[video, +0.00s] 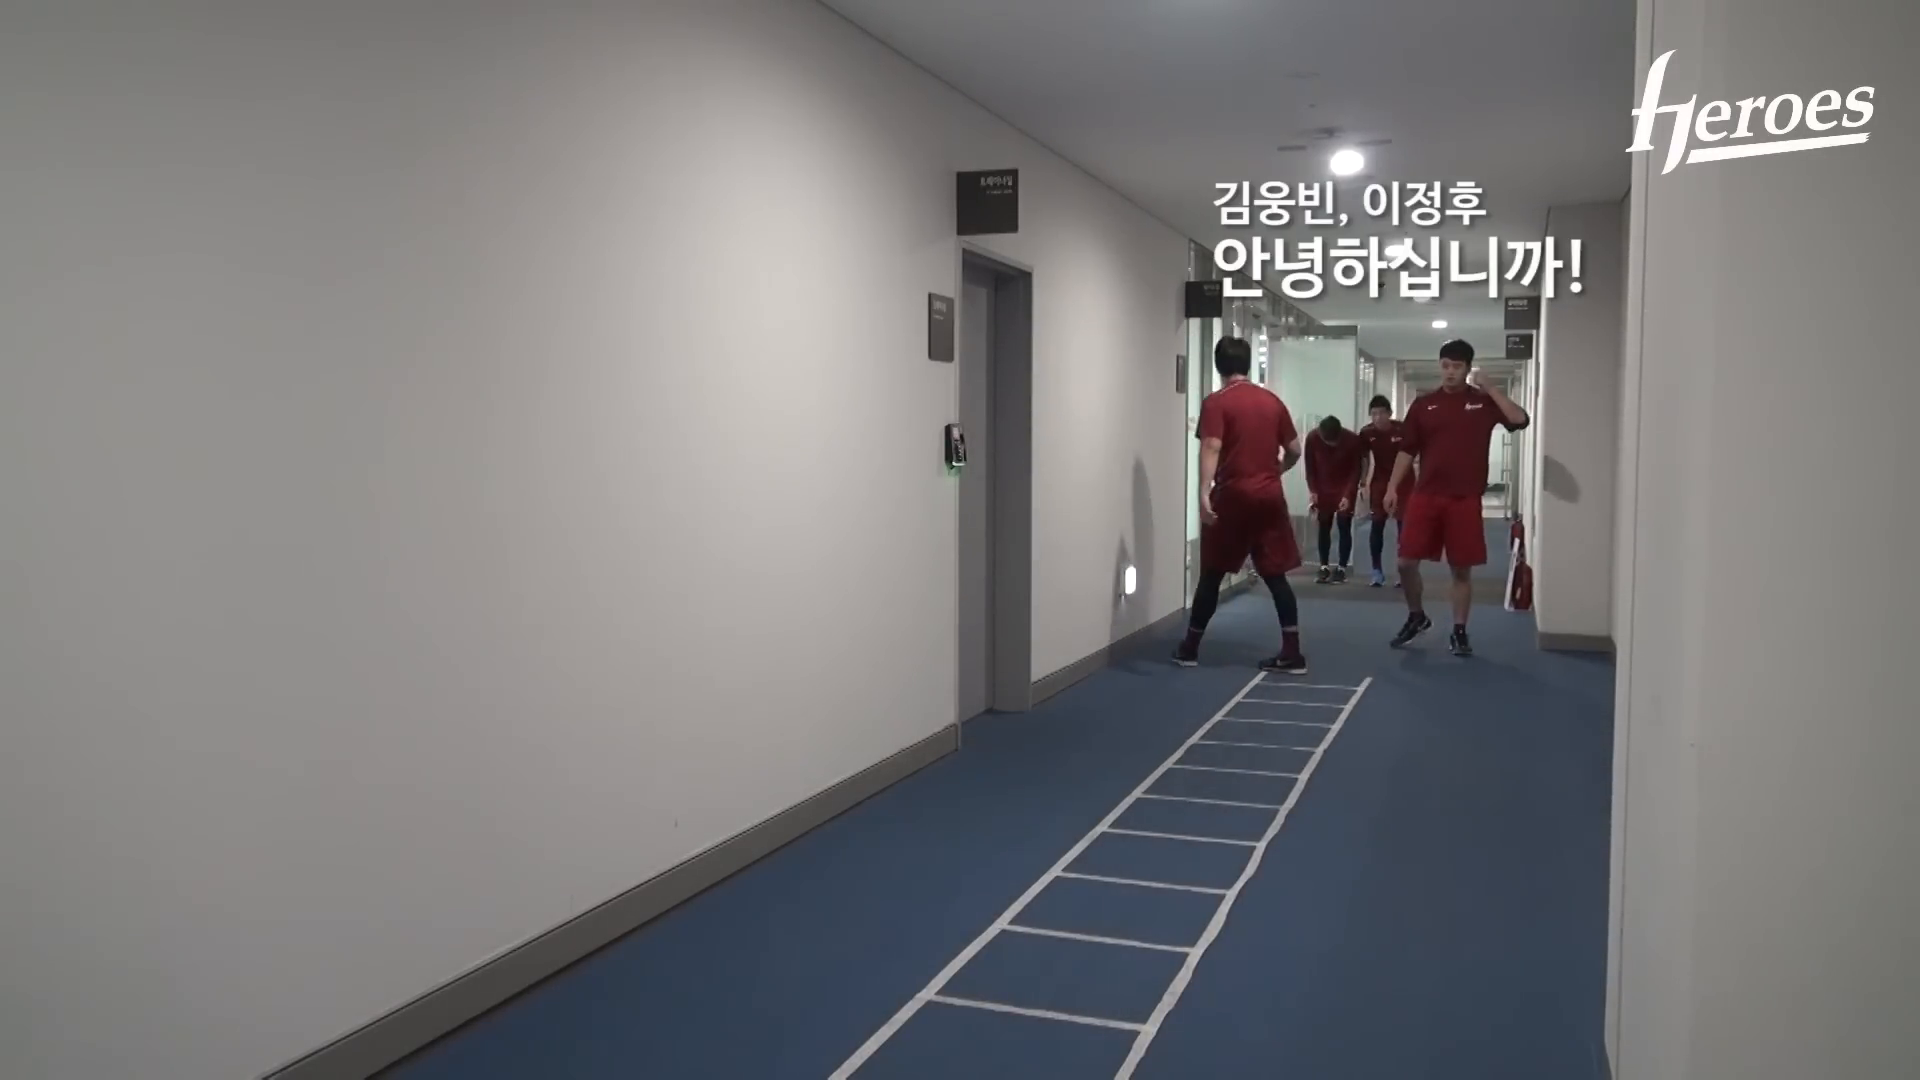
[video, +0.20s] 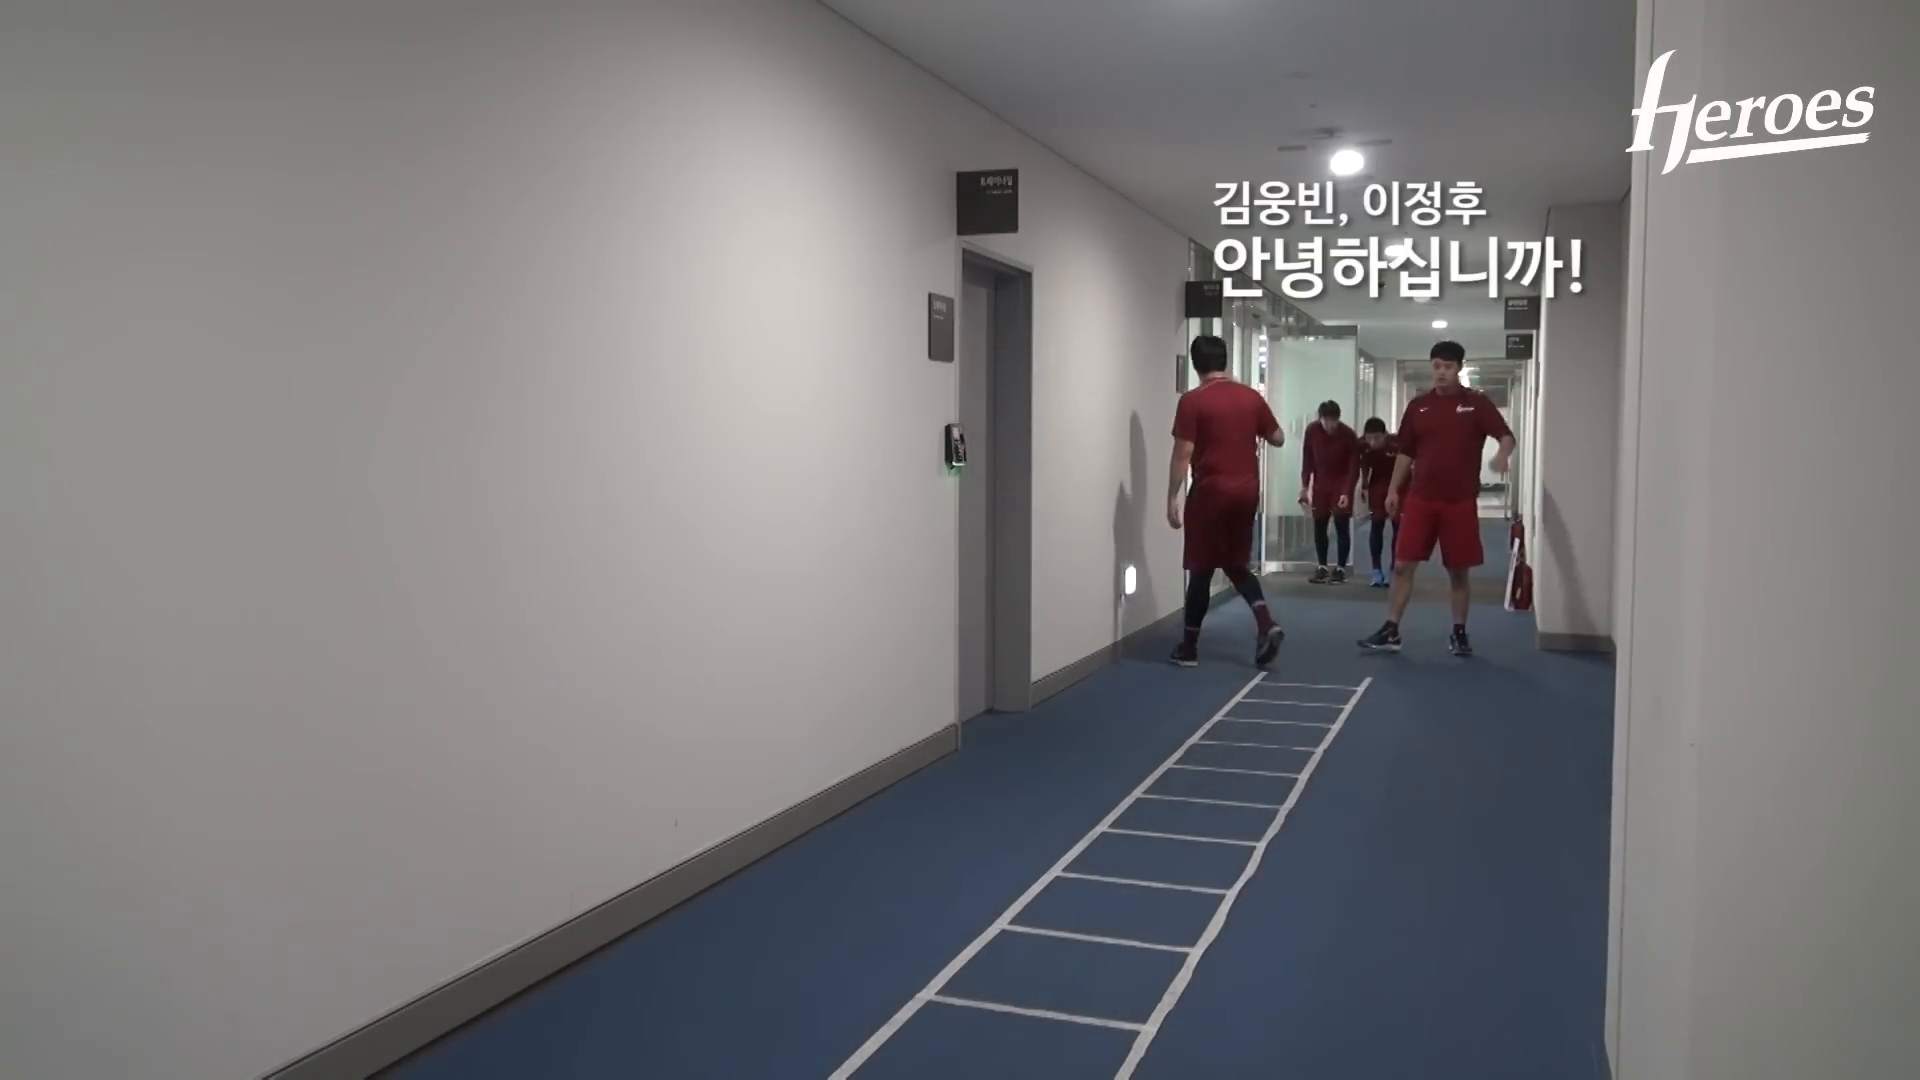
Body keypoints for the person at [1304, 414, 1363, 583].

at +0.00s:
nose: (1331, 445)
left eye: (1334, 441)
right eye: (1327, 441)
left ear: (1340, 433)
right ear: (1321, 433)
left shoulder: (1353, 440)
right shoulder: (1313, 438)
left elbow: (1356, 471)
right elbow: (1310, 467)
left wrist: (1348, 496)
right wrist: (1313, 491)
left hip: (1346, 491)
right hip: (1324, 491)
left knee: (1344, 527)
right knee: (1323, 528)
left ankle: (1342, 566)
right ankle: (1324, 566)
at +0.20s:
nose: (1331, 425)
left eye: (1334, 421)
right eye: (1327, 421)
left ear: (1339, 418)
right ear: (1320, 418)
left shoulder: (1349, 435)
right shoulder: (1312, 431)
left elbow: (1354, 468)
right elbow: (1307, 461)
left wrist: (1347, 493)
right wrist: (1304, 488)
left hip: (1342, 488)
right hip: (1320, 486)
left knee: (1342, 527)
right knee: (1320, 527)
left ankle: (1340, 566)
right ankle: (1322, 566)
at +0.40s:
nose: (1322, 405)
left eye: (1326, 401)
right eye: (1319, 401)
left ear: (1332, 404)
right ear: (1314, 403)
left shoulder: (1340, 429)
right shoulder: (1309, 426)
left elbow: (1342, 463)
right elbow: (1305, 456)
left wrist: (1322, 478)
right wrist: (1296, 480)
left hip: (1336, 484)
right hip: (1315, 483)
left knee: (1337, 522)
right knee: (1306, 520)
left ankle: (1340, 566)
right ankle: (1309, 563)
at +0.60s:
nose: (1311, 400)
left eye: (1316, 397)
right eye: (1309, 396)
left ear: (1322, 401)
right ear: (1305, 399)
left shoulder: (1327, 425)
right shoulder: (1302, 424)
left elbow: (1326, 455)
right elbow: (1299, 459)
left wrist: (1297, 461)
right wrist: (1283, 483)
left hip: (1325, 482)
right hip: (1306, 482)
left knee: (1329, 521)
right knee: (1299, 521)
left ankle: (1339, 567)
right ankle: (1299, 564)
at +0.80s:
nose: (1292, 403)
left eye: (1296, 400)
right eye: (1292, 399)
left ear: (1306, 403)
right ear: (1294, 401)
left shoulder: (1309, 427)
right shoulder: (1294, 425)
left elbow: (1304, 459)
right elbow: (1290, 459)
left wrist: (1277, 462)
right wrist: (1272, 479)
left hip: (1306, 483)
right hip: (1291, 481)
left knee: (1313, 522)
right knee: (1290, 522)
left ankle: (1334, 564)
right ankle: (1296, 564)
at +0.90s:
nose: (1283, 402)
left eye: (1287, 399)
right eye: (1284, 398)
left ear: (1297, 403)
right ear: (1290, 401)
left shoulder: (1298, 426)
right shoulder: (1288, 424)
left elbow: (1295, 459)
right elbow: (1285, 458)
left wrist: (1273, 463)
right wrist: (1270, 474)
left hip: (1297, 480)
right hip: (1286, 480)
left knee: (1298, 523)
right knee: (1288, 523)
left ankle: (1324, 562)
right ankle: (1296, 564)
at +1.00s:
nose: (1273, 402)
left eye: (1277, 398)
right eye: (1274, 398)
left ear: (1286, 400)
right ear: (1287, 400)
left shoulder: (1287, 425)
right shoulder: (1285, 423)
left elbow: (1287, 455)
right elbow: (1284, 455)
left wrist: (1269, 462)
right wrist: (1270, 466)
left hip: (1289, 478)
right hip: (1286, 477)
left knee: (1281, 519)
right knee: (1285, 520)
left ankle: (1302, 558)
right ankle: (1297, 560)